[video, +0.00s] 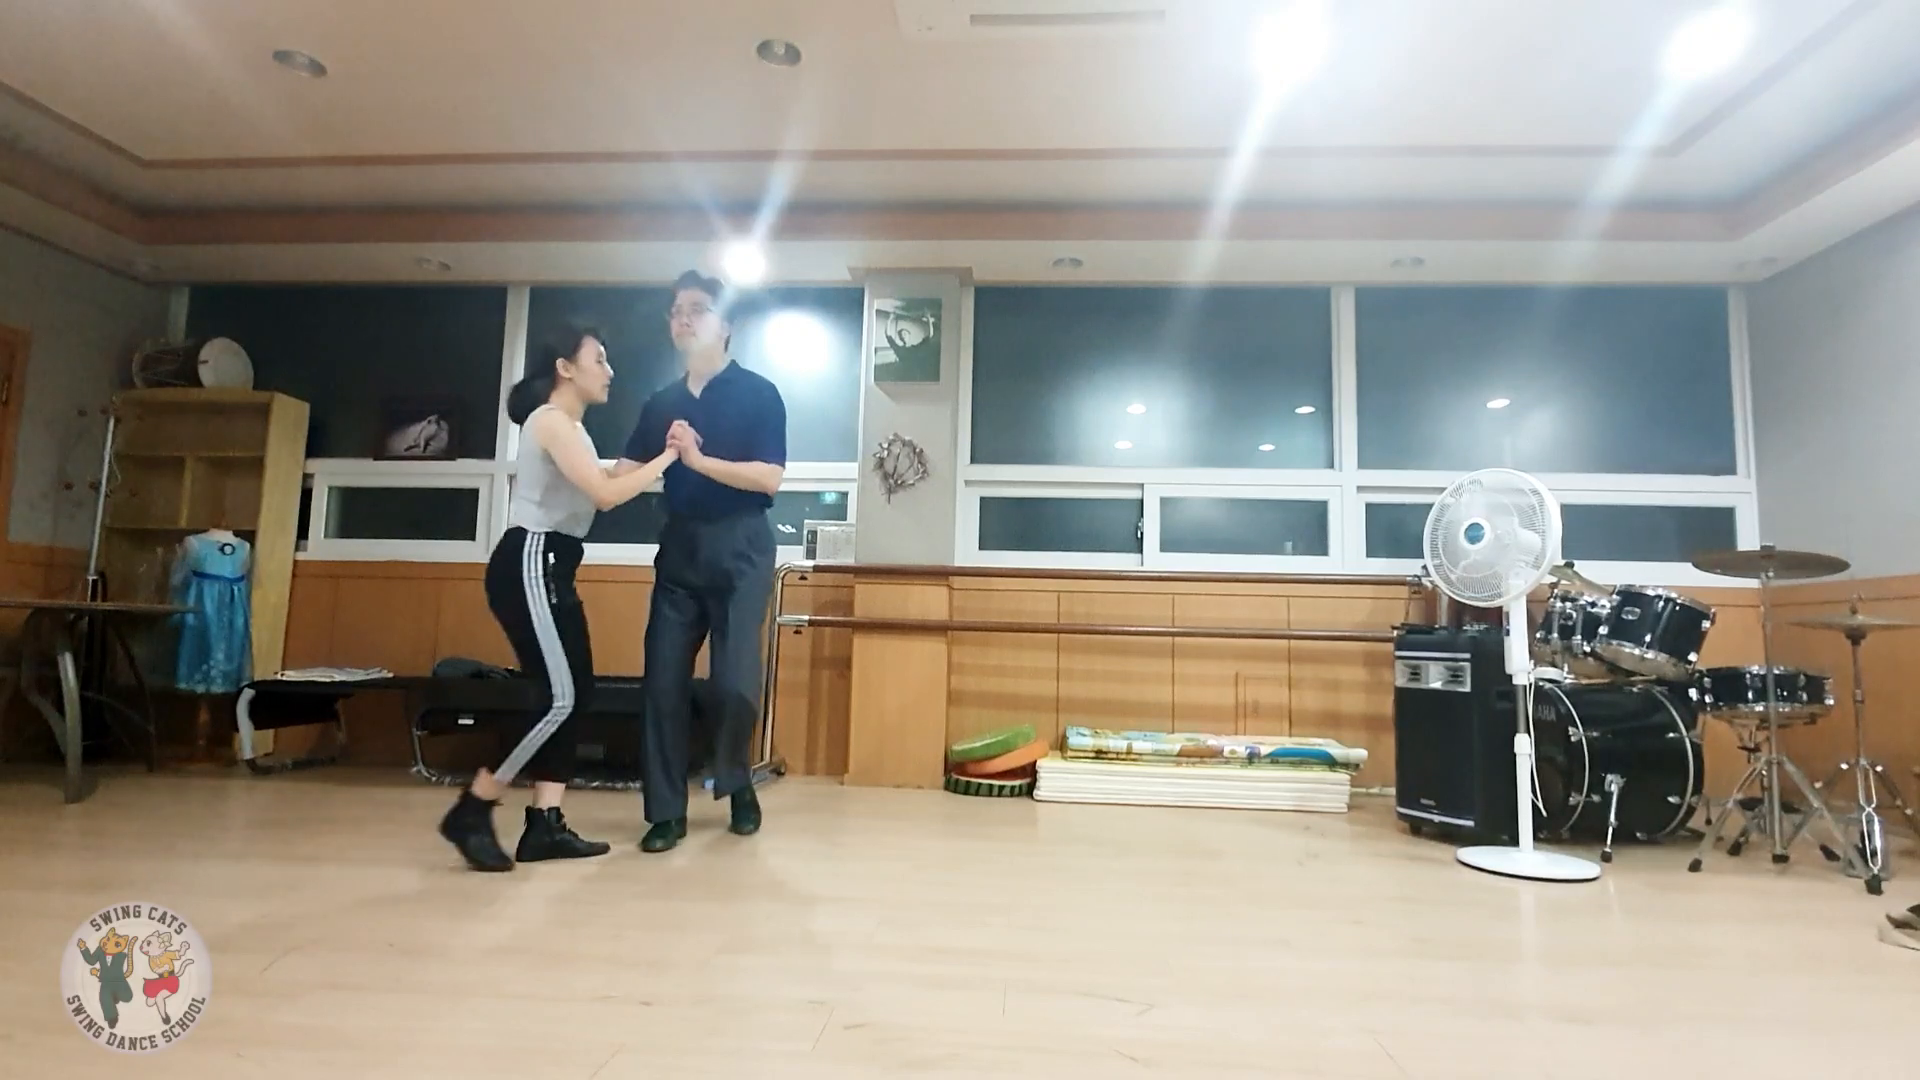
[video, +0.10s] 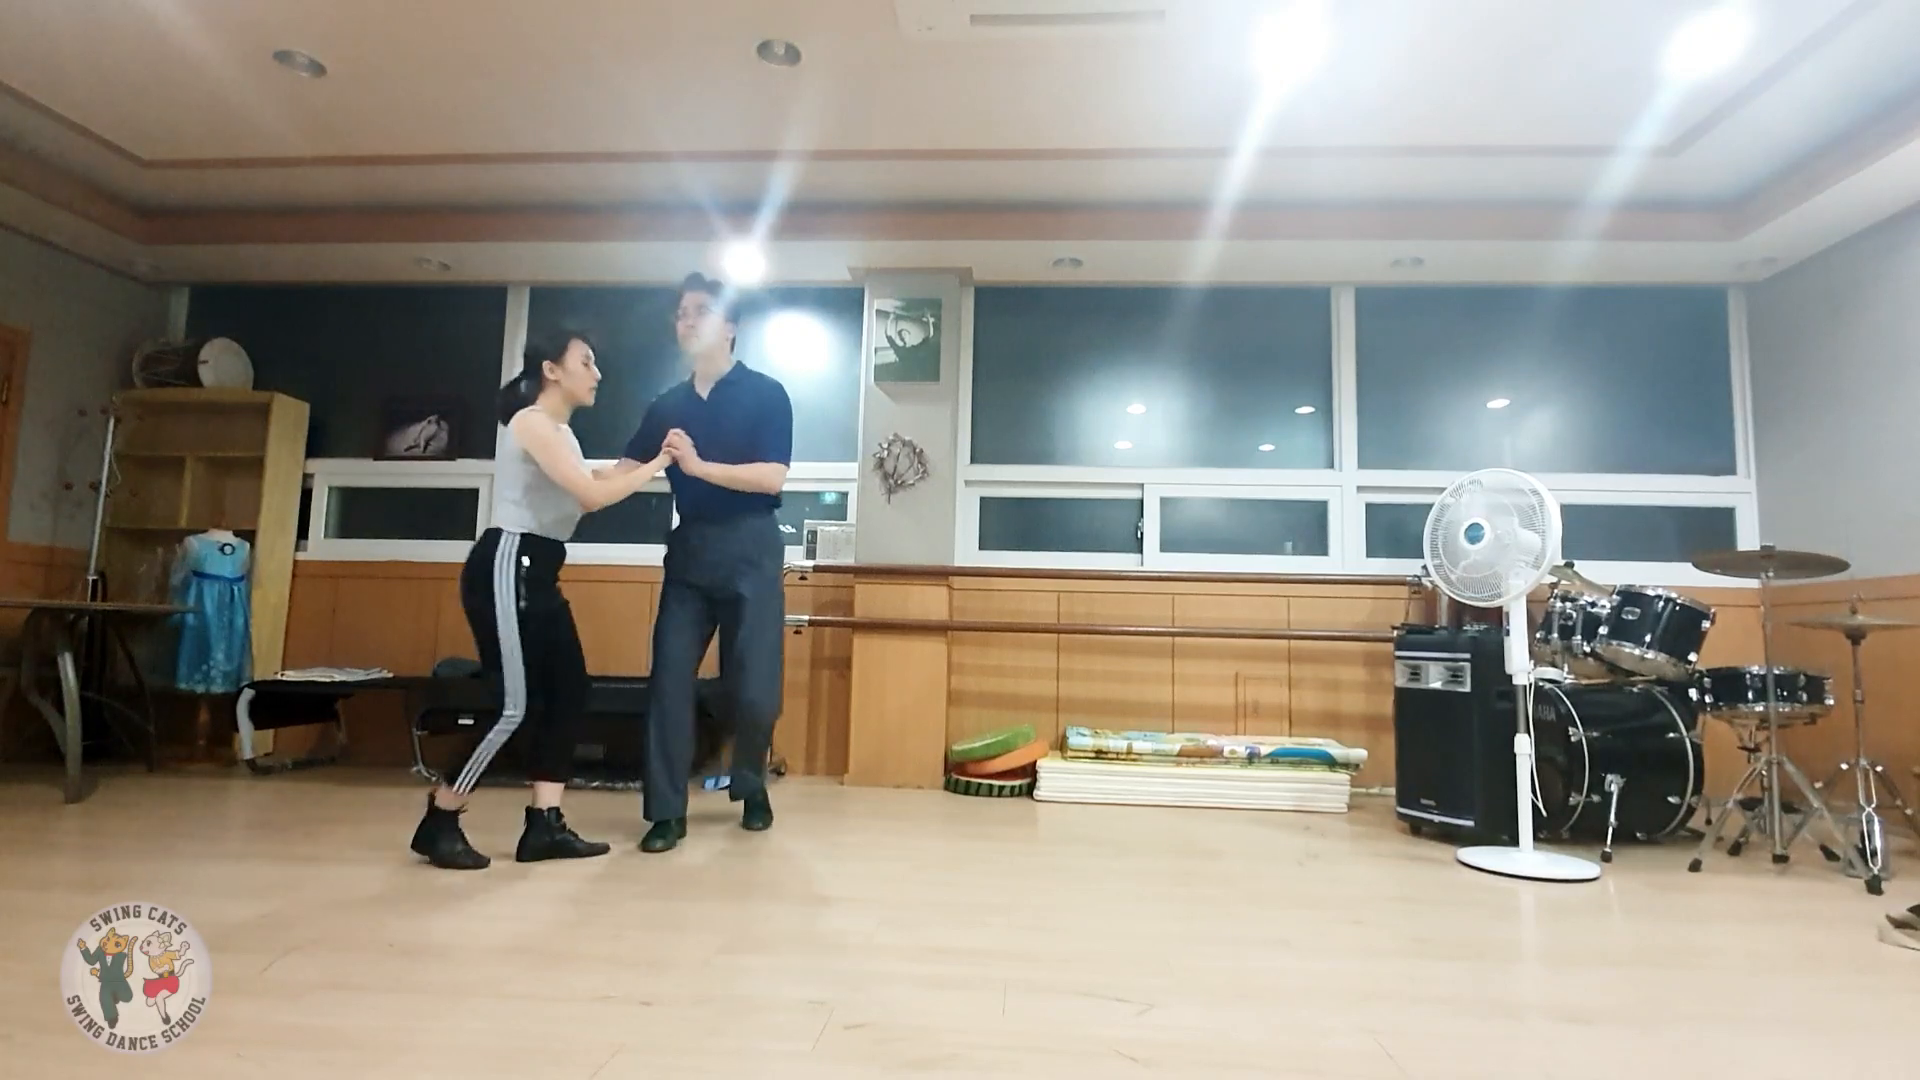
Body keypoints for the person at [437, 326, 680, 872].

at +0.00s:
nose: (610, 371)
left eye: (607, 361)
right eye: (599, 361)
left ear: (571, 373)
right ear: (565, 370)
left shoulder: (568, 426)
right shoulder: (553, 422)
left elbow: (596, 488)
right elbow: (605, 493)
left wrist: (633, 470)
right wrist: (664, 463)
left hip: (553, 564)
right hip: (529, 562)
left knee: (575, 693)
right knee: (560, 698)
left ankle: (545, 826)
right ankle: (471, 809)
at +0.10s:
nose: (597, 373)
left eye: (595, 362)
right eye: (586, 362)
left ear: (562, 374)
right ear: (551, 371)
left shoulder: (558, 432)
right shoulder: (532, 424)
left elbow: (591, 485)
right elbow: (592, 495)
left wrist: (644, 461)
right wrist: (653, 465)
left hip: (537, 573)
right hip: (504, 568)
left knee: (568, 688)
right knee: (516, 703)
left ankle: (545, 825)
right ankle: (439, 820)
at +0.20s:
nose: (584, 375)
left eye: (583, 364)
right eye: (572, 364)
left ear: (549, 374)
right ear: (536, 371)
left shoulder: (554, 436)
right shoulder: (514, 422)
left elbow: (566, 510)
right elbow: (579, 488)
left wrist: (617, 475)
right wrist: (641, 465)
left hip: (516, 571)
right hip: (477, 564)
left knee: (559, 688)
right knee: (483, 700)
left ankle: (544, 826)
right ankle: (432, 826)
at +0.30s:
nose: (576, 376)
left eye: (576, 366)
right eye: (565, 365)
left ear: (544, 375)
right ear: (528, 372)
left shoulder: (549, 439)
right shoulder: (505, 422)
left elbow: (567, 510)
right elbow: (575, 483)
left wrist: (623, 472)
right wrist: (640, 459)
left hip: (502, 571)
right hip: (457, 558)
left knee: (552, 684)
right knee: (455, 696)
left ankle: (546, 820)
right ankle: (429, 828)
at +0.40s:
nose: (571, 378)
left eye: (571, 368)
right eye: (560, 367)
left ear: (546, 378)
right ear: (523, 374)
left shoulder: (546, 441)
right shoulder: (501, 424)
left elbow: (568, 509)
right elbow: (573, 484)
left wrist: (624, 472)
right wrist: (636, 457)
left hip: (497, 571)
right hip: (451, 559)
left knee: (552, 682)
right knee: (445, 694)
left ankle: (547, 815)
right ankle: (427, 828)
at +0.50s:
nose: (570, 379)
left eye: (571, 370)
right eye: (559, 368)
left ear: (555, 380)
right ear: (523, 375)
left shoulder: (548, 442)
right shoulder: (502, 428)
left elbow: (571, 509)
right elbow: (572, 488)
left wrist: (622, 471)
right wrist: (632, 464)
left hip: (504, 575)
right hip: (459, 563)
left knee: (554, 683)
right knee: (454, 695)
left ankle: (554, 814)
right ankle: (428, 828)